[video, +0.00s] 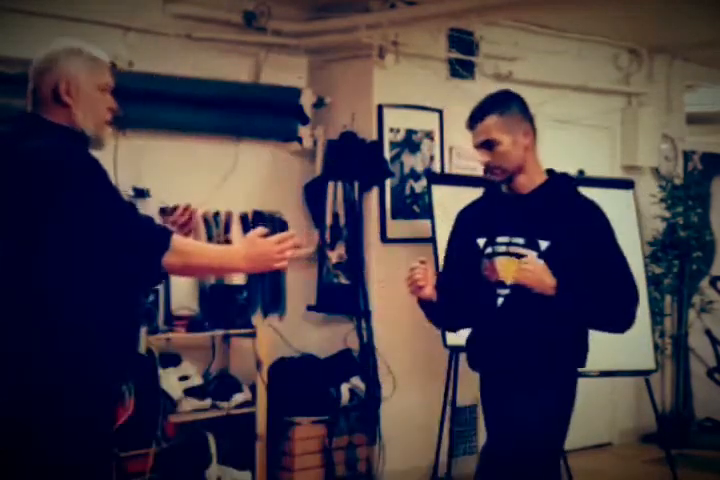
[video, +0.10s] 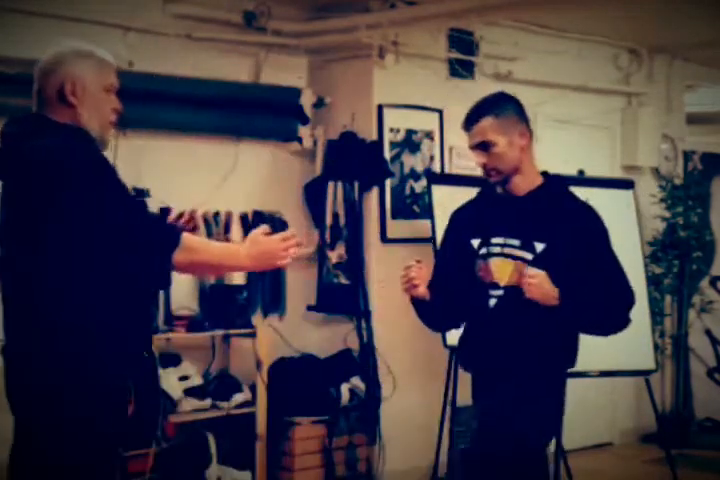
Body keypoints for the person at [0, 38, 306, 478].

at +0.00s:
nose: (114, 106)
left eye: (113, 93)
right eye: (105, 91)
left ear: (65, 95)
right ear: (67, 93)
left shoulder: (25, 150)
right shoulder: (62, 159)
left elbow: (92, 249)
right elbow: (142, 245)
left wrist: (163, 240)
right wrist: (241, 257)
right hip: (65, 382)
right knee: (80, 464)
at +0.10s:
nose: (119, 108)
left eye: (117, 95)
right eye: (111, 92)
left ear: (69, 94)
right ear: (72, 93)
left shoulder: (25, 147)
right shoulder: (66, 154)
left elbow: (100, 237)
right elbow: (157, 246)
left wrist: (164, 231)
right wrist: (245, 257)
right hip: (80, 374)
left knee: (43, 463)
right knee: (84, 464)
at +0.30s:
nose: (152, 112)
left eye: (150, 99)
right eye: (144, 97)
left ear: (105, 101)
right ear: (107, 99)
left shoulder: (54, 158)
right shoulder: (120, 163)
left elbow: (109, 262)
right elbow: (211, 230)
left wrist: (186, 282)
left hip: (68, 367)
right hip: (125, 372)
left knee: (73, 466)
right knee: (135, 469)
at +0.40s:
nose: (185, 115)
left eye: (183, 103)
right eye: (177, 100)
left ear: (137, 104)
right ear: (140, 103)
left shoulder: (83, 170)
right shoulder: (156, 164)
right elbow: (231, 224)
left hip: (91, 376)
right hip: (150, 378)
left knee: (92, 469)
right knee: (163, 468)